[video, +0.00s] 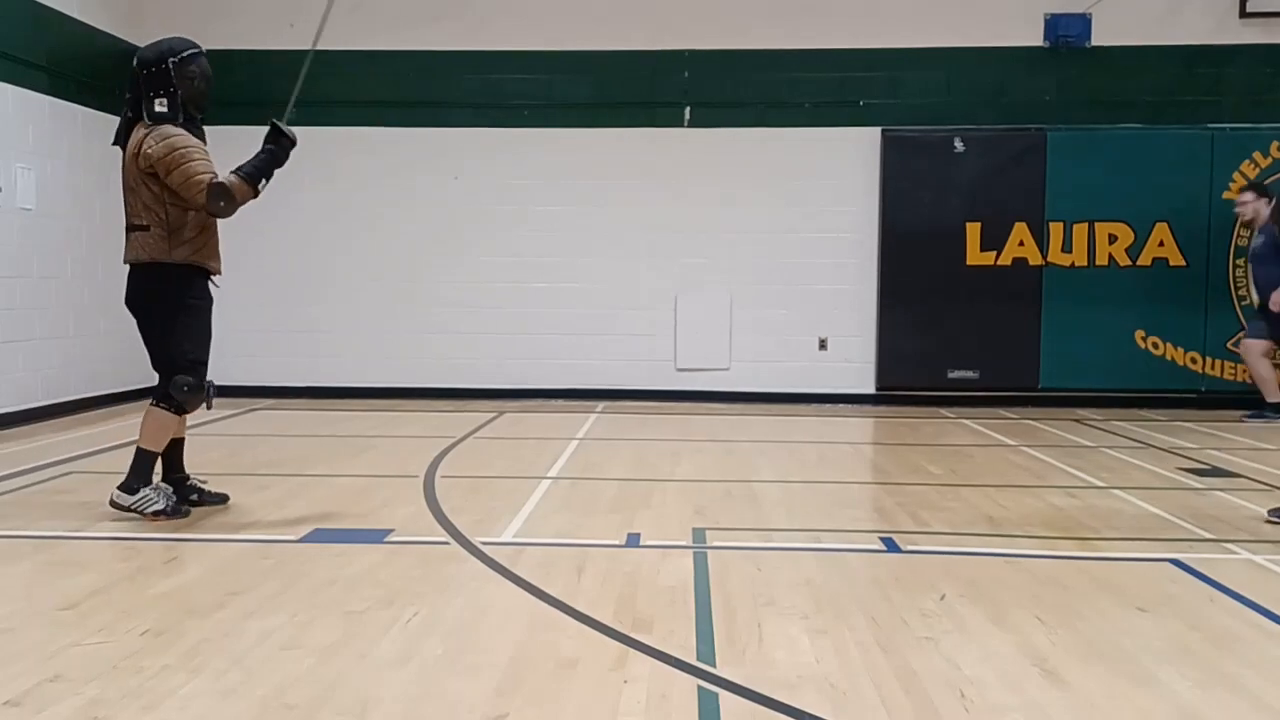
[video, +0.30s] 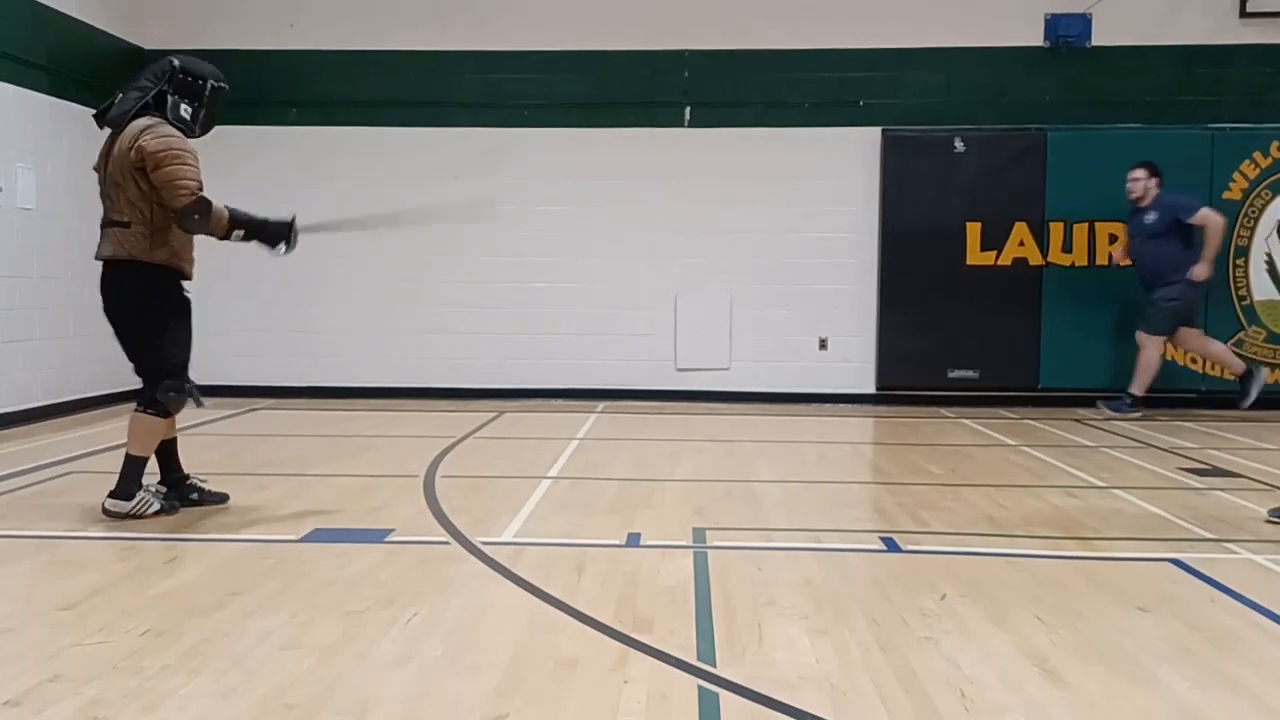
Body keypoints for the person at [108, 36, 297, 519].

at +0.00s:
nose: (206, 87)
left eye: (205, 78)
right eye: (198, 78)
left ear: (161, 87)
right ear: (171, 83)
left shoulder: (148, 136)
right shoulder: (168, 140)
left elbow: (206, 191)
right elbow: (218, 198)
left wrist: (252, 171)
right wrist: (267, 159)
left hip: (158, 279)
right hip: (173, 280)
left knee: (179, 381)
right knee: (183, 384)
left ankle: (174, 480)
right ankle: (135, 484)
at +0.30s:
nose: (208, 117)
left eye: (211, 107)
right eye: (207, 105)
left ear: (166, 92)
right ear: (186, 98)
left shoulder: (127, 133)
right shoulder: (164, 137)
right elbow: (192, 213)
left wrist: (230, 225)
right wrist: (256, 226)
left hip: (126, 278)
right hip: (152, 280)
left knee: (161, 383)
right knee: (168, 386)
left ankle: (175, 482)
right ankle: (126, 492)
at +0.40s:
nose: (207, 123)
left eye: (211, 114)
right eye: (207, 112)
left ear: (164, 93)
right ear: (188, 101)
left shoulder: (110, 136)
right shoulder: (169, 140)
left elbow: (92, 205)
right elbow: (186, 215)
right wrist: (242, 259)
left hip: (103, 276)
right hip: (139, 279)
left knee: (147, 381)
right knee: (149, 384)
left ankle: (167, 479)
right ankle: (124, 494)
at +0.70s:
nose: (188, 128)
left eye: (190, 120)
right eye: (188, 119)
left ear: (138, 96)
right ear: (175, 111)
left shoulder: (81, 134)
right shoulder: (165, 149)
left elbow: (49, 209)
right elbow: (166, 228)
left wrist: (50, 270)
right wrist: (176, 286)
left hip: (63, 274)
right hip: (116, 281)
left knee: (64, 371)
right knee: (138, 383)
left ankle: (41, 473)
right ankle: (124, 493)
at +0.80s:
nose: (175, 130)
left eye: (177, 122)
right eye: (175, 120)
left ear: (124, 97)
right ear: (162, 114)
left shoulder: (67, 138)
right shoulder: (153, 152)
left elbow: (36, 212)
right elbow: (160, 232)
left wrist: (42, 270)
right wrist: (168, 287)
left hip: (52, 279)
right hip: (108, 286)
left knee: (36, 372)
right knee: (140, 384)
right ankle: (125, 493)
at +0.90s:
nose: (156, 126)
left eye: (158, 118)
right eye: (156, 117)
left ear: (103, 99)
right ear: (145, 114)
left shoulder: (48, 143)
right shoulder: (137, 156)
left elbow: (22, 217)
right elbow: (148, 236)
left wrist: (30, 268)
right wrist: (157, 287)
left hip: (38, 291)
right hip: (95, 296)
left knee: (7, 378)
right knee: (142, 385)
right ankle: (124, 493)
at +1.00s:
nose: (132, 135)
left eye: (132, 125)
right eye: (131, 125)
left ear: (73, 110)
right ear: (119, 123)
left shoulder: (23, 155)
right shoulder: (113, 164)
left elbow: (1, 221)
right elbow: (130, 240)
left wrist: (12, 270)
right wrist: (147, 293)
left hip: (21, 307)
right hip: (78, 309)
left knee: (1, 383)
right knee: (141, 388)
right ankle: (126, 492)